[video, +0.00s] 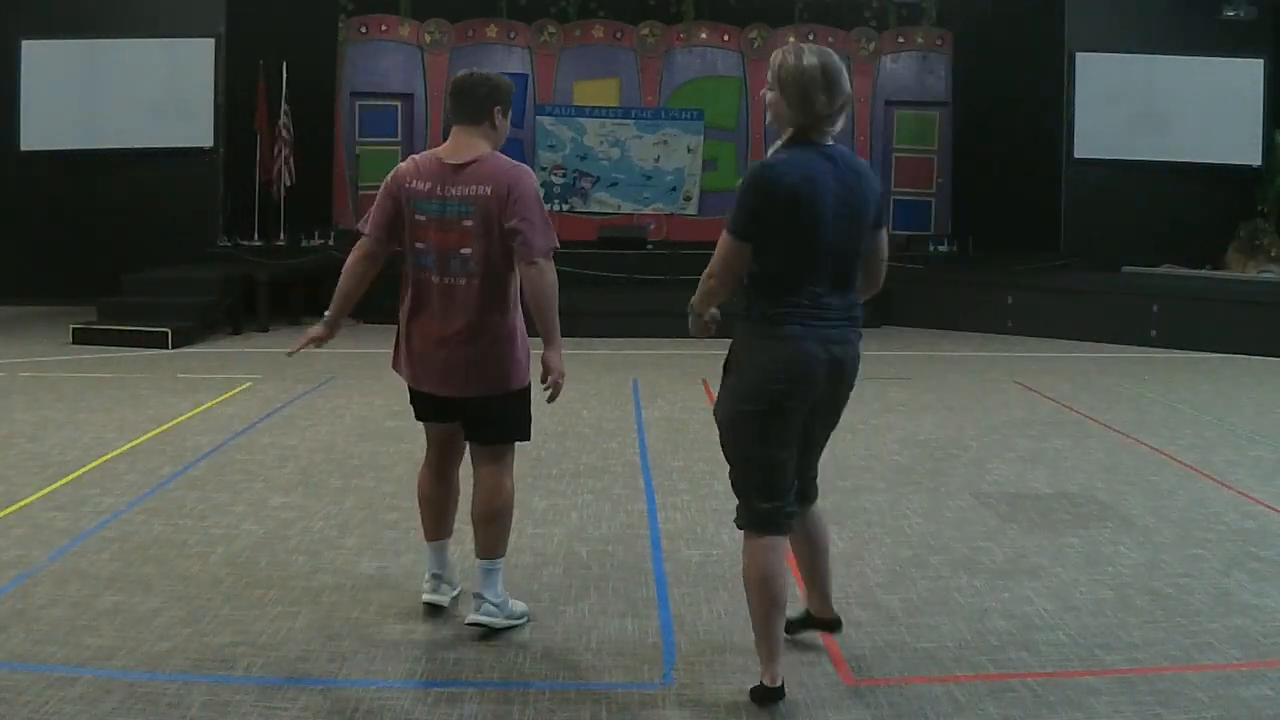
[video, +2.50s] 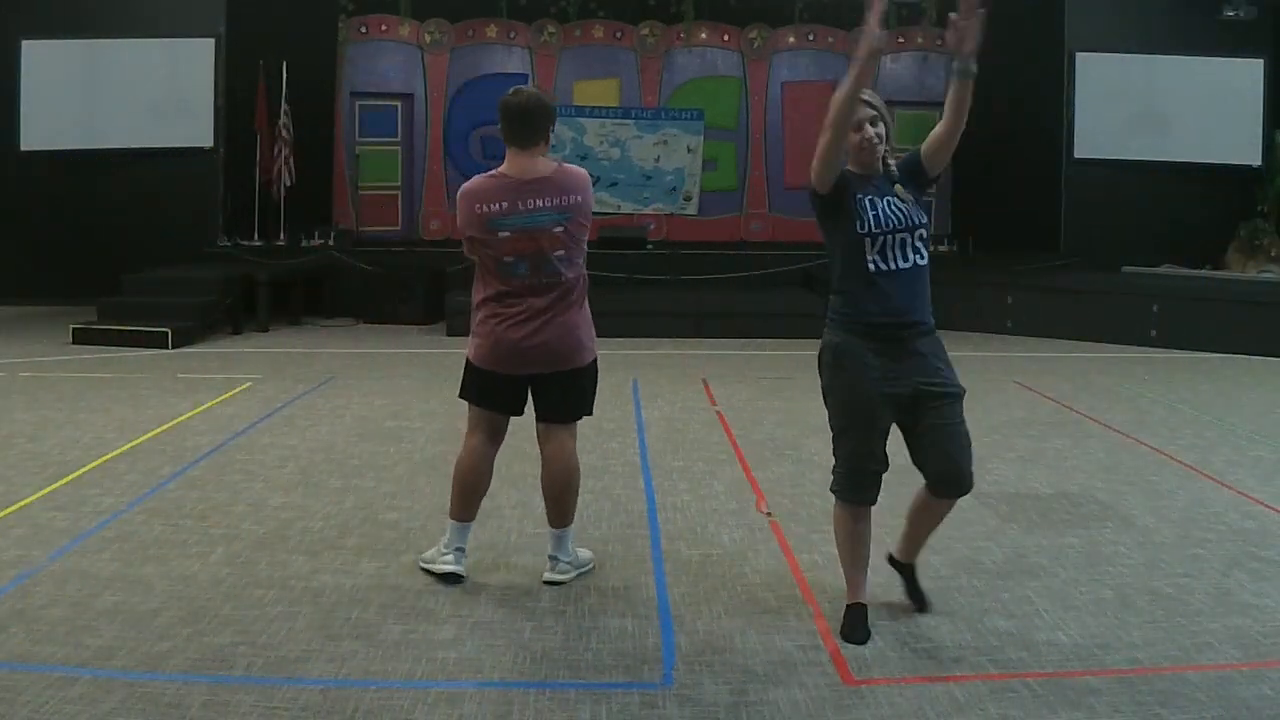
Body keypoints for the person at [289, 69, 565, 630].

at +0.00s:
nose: (509, 125)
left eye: (508, 117)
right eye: (509, 117)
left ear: (450, 115)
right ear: (497, 116)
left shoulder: (407, 174)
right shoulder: (514, 180)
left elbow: (367, 254)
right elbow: (535, 264)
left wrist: (331, 321)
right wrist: (552, 344)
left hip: (425, 352)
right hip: (493, 354)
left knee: (440, 453)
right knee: (493, 464)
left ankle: (437, 579)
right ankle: (490, 596)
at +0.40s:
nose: (497, 136)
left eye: (495, 129)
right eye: (497, 129)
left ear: (441, 125)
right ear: (489, 129)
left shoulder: (401, 183)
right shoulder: (511, 190)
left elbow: (383, 259)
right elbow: (545, 273)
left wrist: (372, 309)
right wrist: (569, 330)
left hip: (423, 350)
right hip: (496, 349)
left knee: (437, 454)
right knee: (520, 435)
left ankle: (444, 579)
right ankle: (515, 547)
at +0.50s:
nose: (498, 133)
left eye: (494, 127)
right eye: (497, 127)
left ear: (441, 125)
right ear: (491, 128)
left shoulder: (404, 182)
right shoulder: (516, 189)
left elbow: (394, 259)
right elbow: (543, 269)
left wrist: (417, 294)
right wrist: (559, 305)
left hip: (427, 350)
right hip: (500, 349)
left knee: (439, 453)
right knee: (518, 440)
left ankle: (445, 579)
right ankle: (538, 553)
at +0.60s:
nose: (499, 134)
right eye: (499, 128)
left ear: (445, 127)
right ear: (495, 129)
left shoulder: (412, 183)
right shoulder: (521, 186)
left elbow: (405, 246)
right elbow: (540, 255)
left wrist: (472, 247)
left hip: (434, 351)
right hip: (505, 351)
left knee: (443, 452)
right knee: (518, 443)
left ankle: (445, 578)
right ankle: (540, 547)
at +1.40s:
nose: (531, 133)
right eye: (531, 127)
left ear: (477, 128)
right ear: (526, 130)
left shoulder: (451, 185)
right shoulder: (548, 178)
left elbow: (439, 224)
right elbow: (496, 192)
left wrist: (425, 190)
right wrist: (431, 192)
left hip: (465, 340)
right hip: (533, 340)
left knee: (458, 434)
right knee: (531, 434)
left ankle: (445, 554)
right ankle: (539, 550)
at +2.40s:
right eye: (548, 127)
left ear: (497, 130)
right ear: (545, 131)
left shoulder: (467, 193)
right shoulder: (570, 182)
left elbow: (467, 244)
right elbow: (527, 219)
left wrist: (443, 233)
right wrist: (457, 230)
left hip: (491, 344)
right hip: (559, 343)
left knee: (477, 438)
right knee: (555, 439)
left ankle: (450, 551)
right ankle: (561, 554)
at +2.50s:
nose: (548, 134)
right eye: (552, 127)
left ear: (502, 131)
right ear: (550, 131)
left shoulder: (472, 195)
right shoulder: (578, 185)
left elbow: (476, 255)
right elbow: (575, 244)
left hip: (497, 344)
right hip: (565, 343)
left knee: (481, 437)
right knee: (559, 441)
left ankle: (453, 550)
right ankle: (561, 554)